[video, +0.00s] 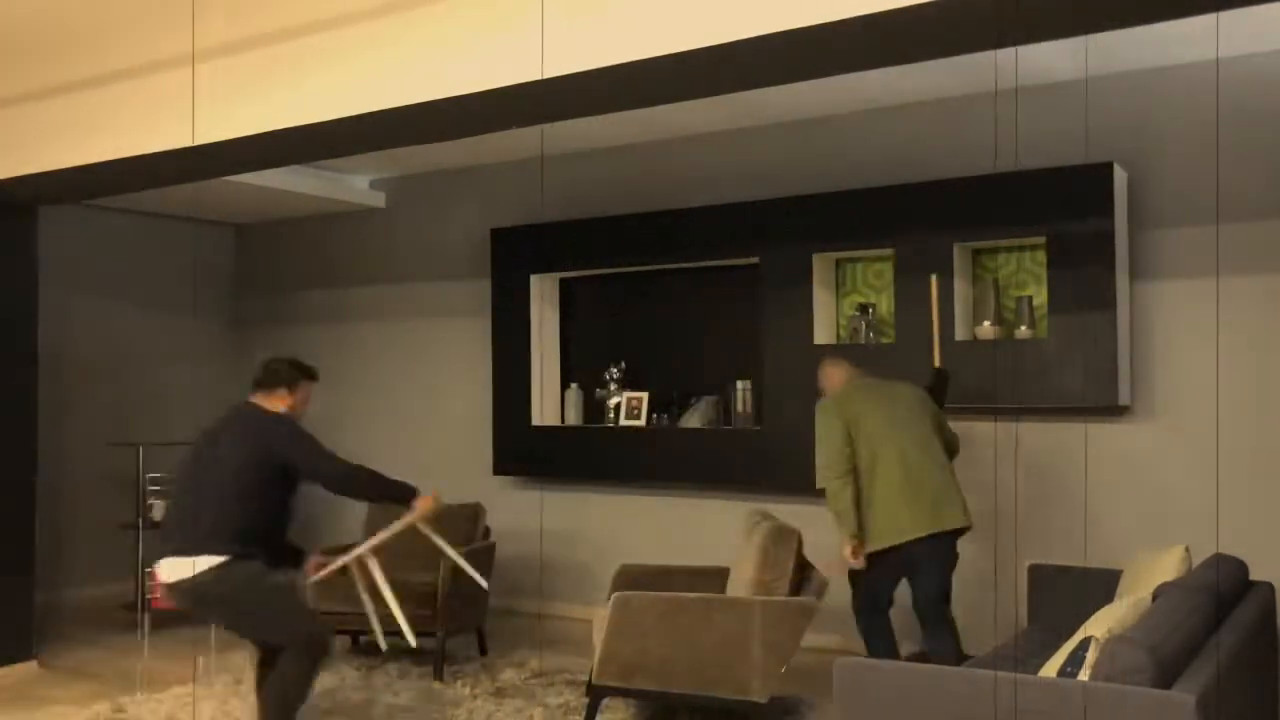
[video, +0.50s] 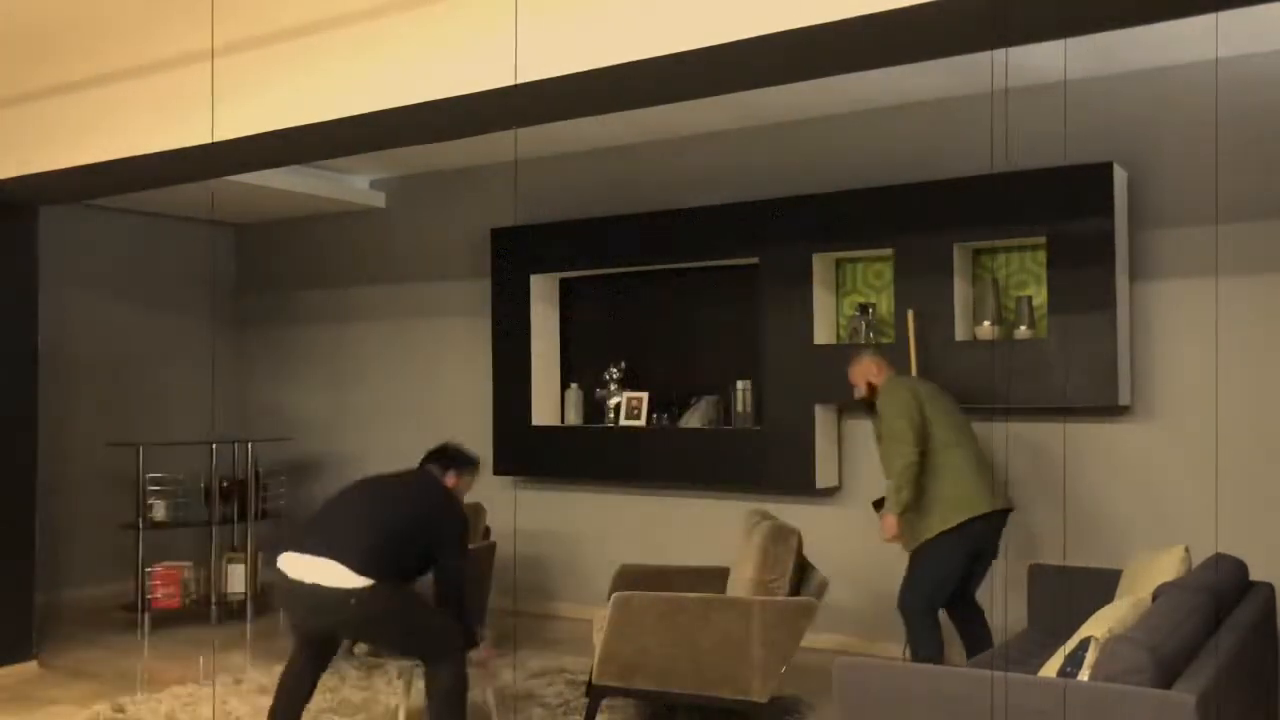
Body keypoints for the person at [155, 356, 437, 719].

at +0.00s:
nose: (306, 409)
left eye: (307, 399)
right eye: (306, 399)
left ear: (260, 390)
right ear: (289, 393)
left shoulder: (226, 428)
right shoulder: (275, 429)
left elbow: (237, 522)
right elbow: (339, 476)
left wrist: (302, 559)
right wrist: (411, 495)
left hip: (180, 575)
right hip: (218, 570)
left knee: (277, 641)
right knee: (310, 637)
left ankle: (272, 712)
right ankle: (276, 712)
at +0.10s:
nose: (347, 430)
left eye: (349, 423)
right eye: (347, 421)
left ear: (308, 410)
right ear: (330, 414)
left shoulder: (259, 440)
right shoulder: (334, 445)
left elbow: (270, 518)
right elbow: (386, 513)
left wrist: (339, 542)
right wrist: (444, 556)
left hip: (223, 574)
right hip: (283, 569)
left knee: (283, 645)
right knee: (361, 644)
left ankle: (279, 716)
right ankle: (387, 713)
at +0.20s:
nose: (396, 461)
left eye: (397, 452)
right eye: (395, 452)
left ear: (353, 441)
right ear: (383, 447)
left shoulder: (303, 454)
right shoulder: (386, 481)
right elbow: (402, 569)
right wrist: (434, 631)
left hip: (262, 580)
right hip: (334, 587)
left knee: (275, 647)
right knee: (401, 659)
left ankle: (267, 713)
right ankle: (425, 713)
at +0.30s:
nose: (426, 475)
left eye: (426, 469)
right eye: (424, 469)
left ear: (384, 459)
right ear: (416, 466)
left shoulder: (347, 474)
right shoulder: (417, 488)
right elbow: (422, 566)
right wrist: (438, 627)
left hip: (277, 581)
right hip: (349, 585)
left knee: (303, 638)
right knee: (418, 654)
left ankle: (281, 714)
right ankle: (435, 713)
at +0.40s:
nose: (444, 494)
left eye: (446, 488)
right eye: (445, 488)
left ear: (406, 473)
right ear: (440, 484)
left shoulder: (365, 482)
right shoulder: (435, 500)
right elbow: (446, 580)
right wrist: (467, 642)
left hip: (279, 565)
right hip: (348, 573)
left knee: (308, 636)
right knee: (421, 654)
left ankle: (275, 715)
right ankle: (436, 713)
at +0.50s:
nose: (464, 495)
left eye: (468, 488)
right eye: (465, 487)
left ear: (425, 466)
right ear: (451, 479)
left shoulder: (382, 483)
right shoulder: (449, 512)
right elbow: (451, 592)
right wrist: (466, 640)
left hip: (295, 590)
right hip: (355, 600)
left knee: (314, 645)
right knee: (445, 646)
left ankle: (280, 715)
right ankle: (447, 714)